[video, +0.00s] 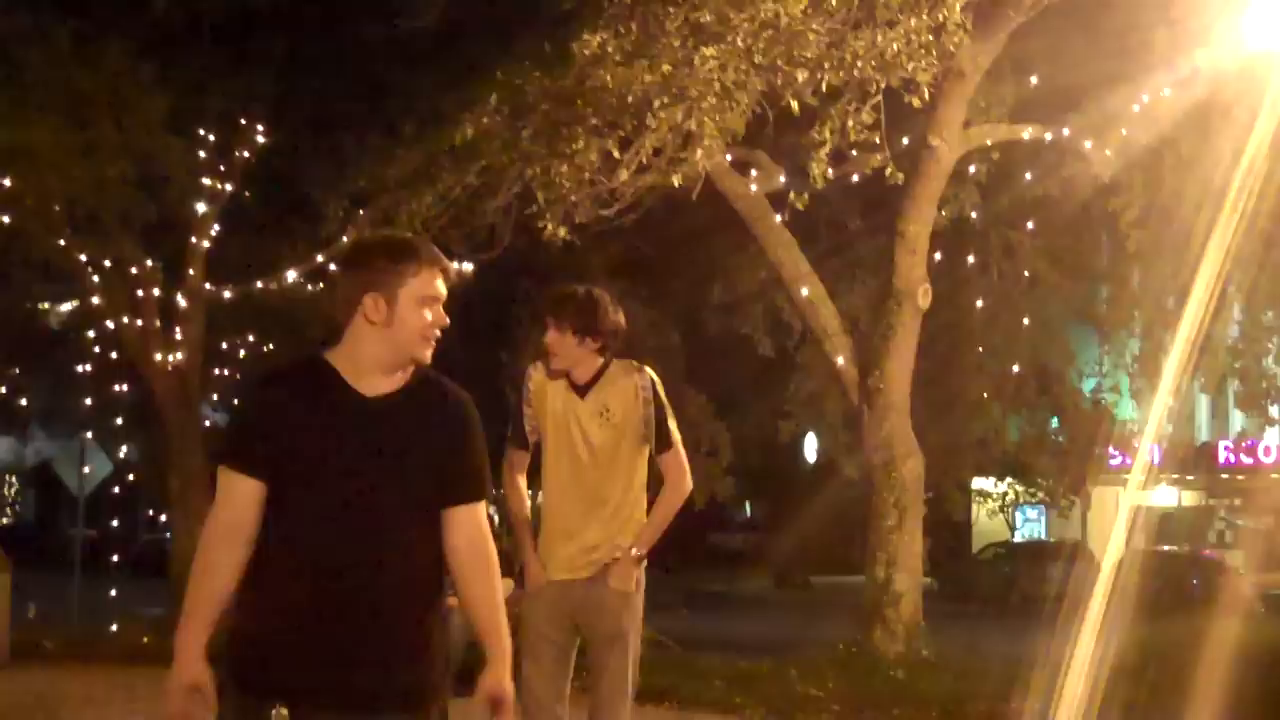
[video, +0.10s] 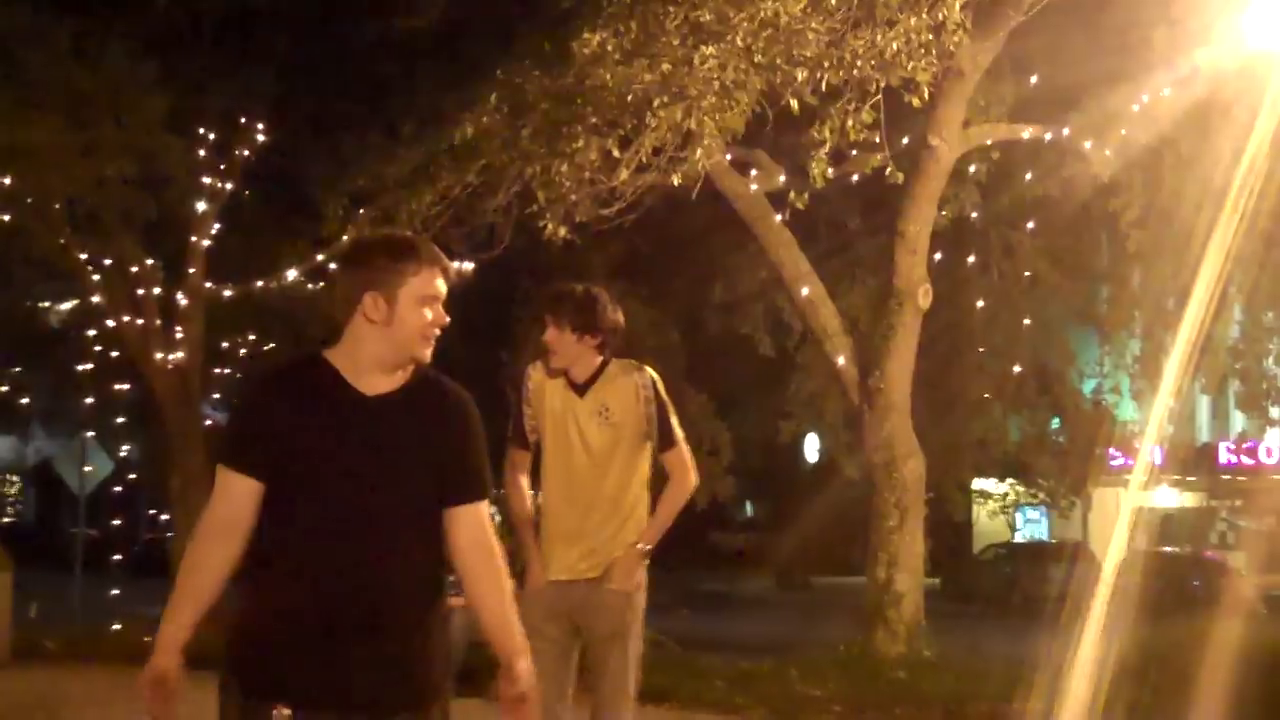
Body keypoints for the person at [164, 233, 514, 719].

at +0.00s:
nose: (442, 319)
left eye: (441, 305)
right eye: (428, 303)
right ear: (374, 308)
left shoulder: (446, 412)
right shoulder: (279, 397)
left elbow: (469, 540)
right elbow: (230, 526)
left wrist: (498, 658)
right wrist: (190, 649)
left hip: (399, 681)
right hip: (279, 679)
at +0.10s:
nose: (443, 319)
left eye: (441, 304)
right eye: (428, 303)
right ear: (373, 307)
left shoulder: (446, 410)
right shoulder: (279, 397)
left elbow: (474, 544)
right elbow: (222, 528)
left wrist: (516, 656)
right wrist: (169, 645)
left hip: (403, 689)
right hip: (280, 689)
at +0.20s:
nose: (466, 324)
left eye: (466, 309)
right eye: (451, 308)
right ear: (397, 313)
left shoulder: (466, 415)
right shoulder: (300, 399)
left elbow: (505, 547)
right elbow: (242, 527)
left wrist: (553, 658)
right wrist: (176, 636)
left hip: (425, 689)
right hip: (303, 689)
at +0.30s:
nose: (488, 322)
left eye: (489, 308)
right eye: (474, 306)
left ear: (427, 312)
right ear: (419, 310)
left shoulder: (491, 414)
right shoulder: (325, 398)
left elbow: (532, 545)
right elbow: (261, 526)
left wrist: (582, 657)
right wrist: (190, 633)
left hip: (453, 689)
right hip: (332, 688)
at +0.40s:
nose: (553, 322)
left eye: (555, 307)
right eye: (537, 304)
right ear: (480, 304)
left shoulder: (557, 413)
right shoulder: (398, 394)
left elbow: (601, 542)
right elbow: (336, 522)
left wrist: (655, 658)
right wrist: (266, 629)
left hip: (519, 684)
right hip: (401, 681)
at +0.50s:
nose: (621, 325)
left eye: (623, 311)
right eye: (605, 307)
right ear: (545, 309)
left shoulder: (622, 414)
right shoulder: (466, 398)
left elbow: (665, 543)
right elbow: (407, 528)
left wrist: (719, 664)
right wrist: (346, 638)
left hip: (588, 686)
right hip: (473, 685)